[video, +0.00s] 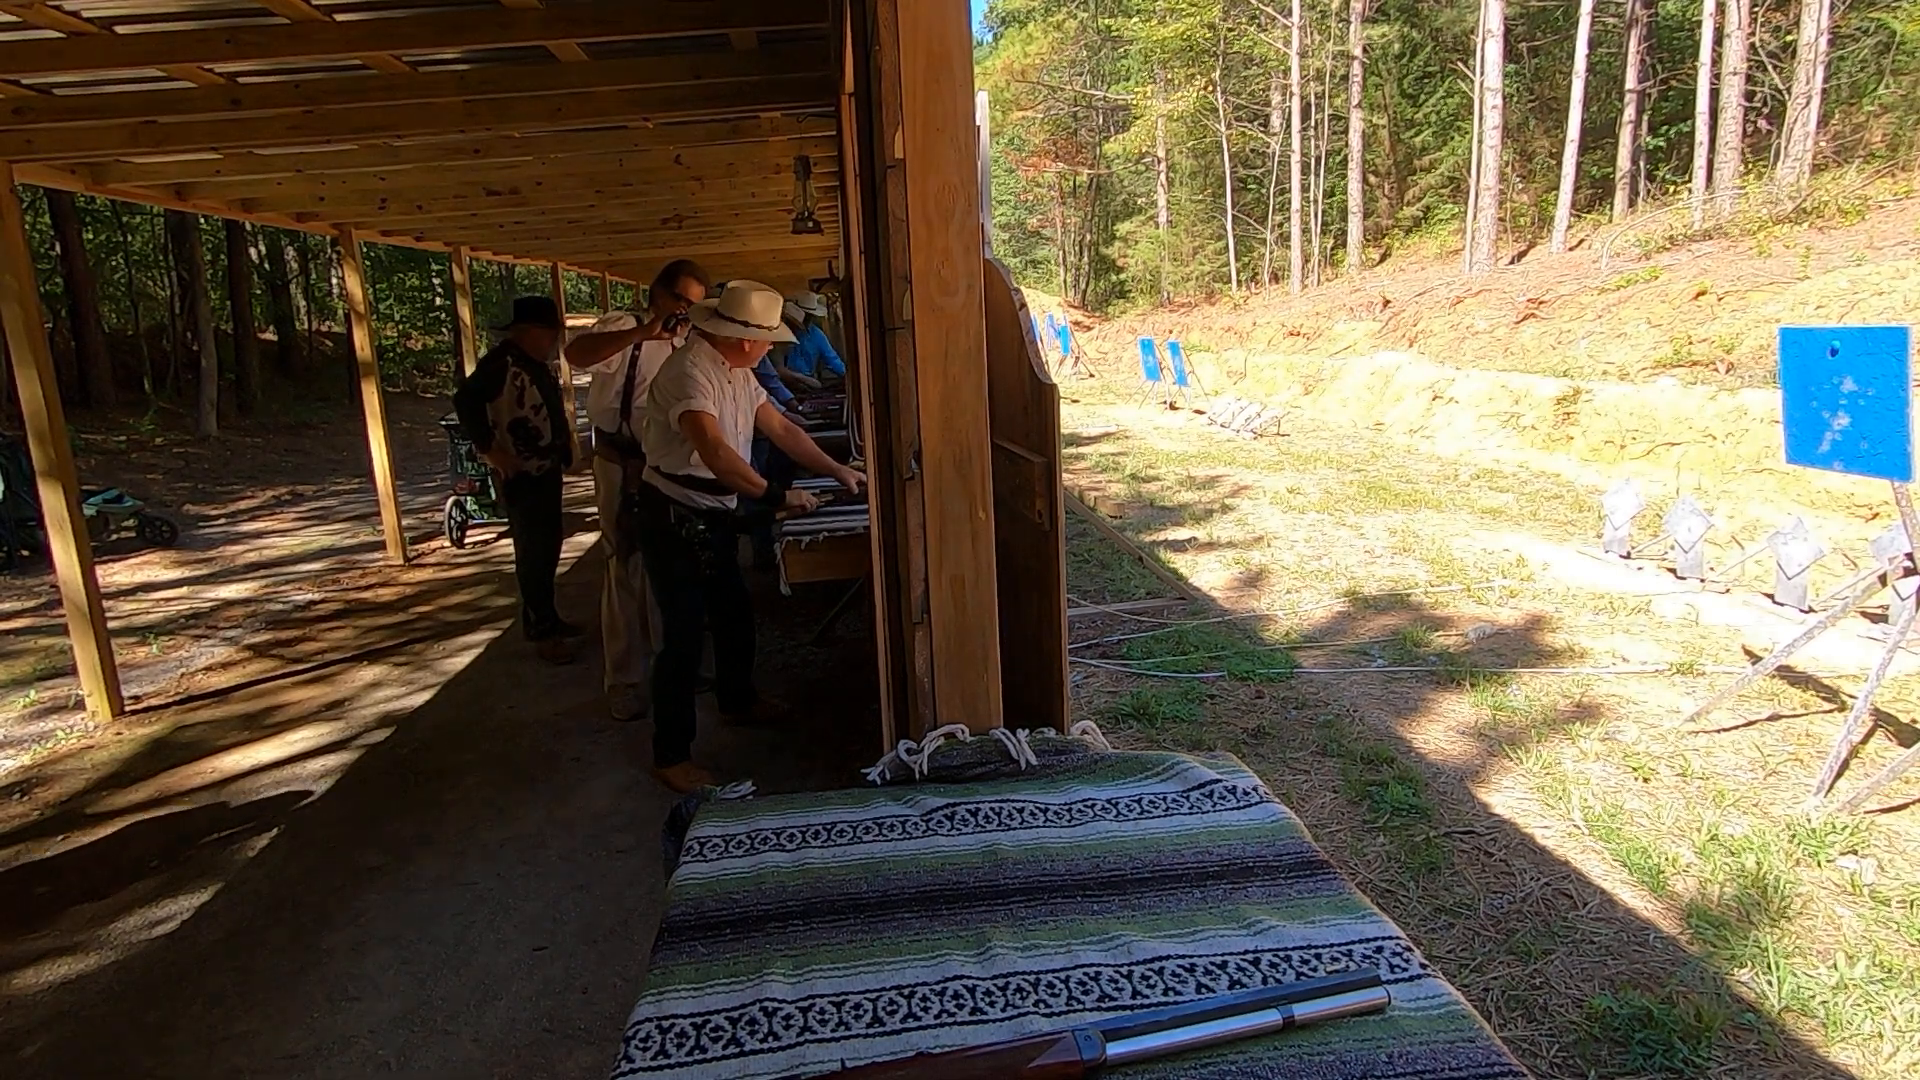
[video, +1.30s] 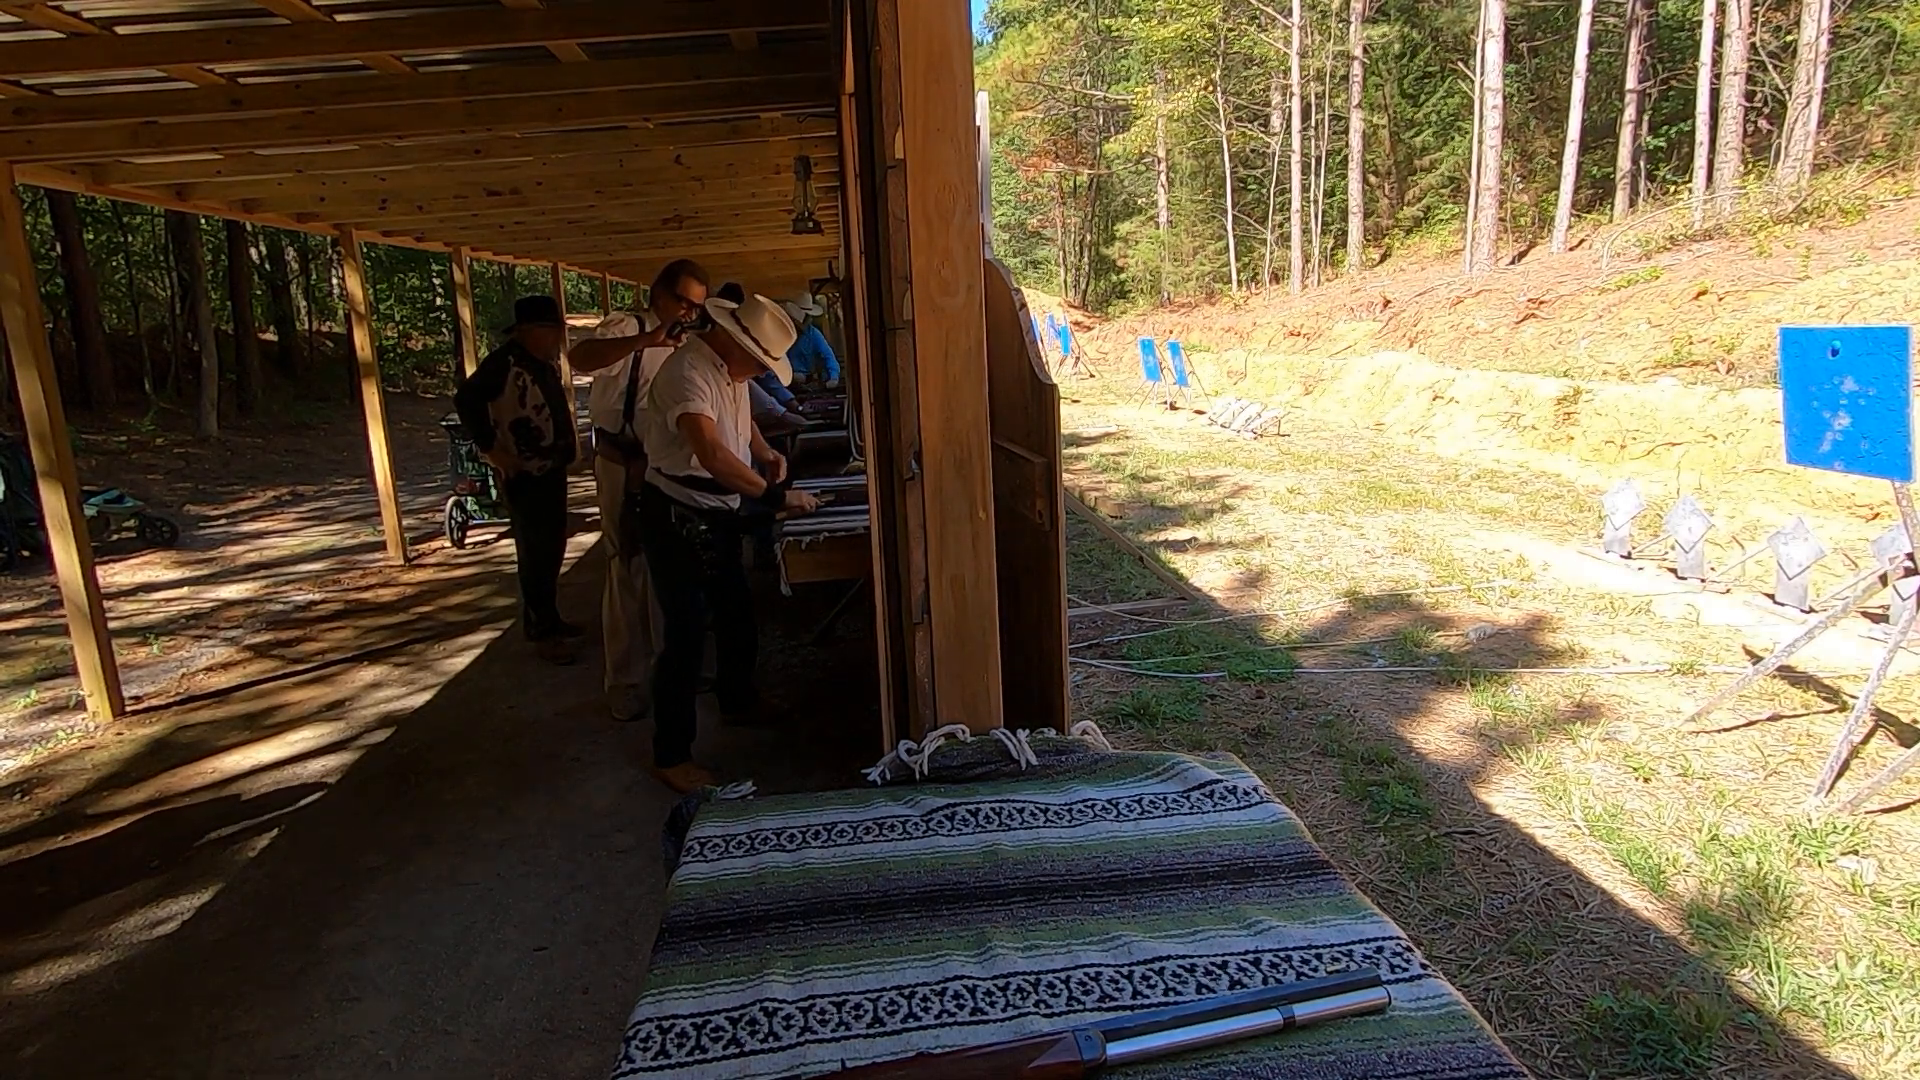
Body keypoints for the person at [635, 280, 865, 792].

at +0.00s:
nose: (769, 350)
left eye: (770, 341)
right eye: (766, 342)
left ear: (738, 340)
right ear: (743, 342)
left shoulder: (739, 372)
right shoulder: (686, 371)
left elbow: (781, 428)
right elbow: (711, 449)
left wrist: (837, 469)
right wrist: (774, 493)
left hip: (717, 515)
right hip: (672, 516)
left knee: (734, 615)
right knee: (685, 636)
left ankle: (738, 703)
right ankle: (671, 757)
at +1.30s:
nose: (758, 373)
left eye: (762, 366)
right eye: (757, 364)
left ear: (744, 346)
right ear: (734, 344)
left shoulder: (731, 370)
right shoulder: (687, 372)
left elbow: (743, 425)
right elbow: (709, 453)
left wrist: (765, 453)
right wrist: (775, 495)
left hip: (721, 512)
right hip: (676, 514)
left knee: (736, 615)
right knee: (685, 634)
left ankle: (740, 706)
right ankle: (671, 756)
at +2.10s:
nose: (760, 342)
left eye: (760, 334)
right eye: (755, 334)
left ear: (725, 335)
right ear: (728, 336)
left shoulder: (719, 371)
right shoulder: (686, 374)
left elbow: (726, 445)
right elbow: (711, 457)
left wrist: (757, 474)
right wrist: (780, 493)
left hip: (717, 515)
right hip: (677, 518)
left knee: (735, 617)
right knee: (688, 637)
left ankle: (740, 707)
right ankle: (672, 757)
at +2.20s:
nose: (760, 341)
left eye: (759, 333)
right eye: (755, 333)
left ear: (725, 335)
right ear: (728, 336)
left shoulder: (718, 371)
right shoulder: (686, 374)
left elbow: (728, 446)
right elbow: (710, 457)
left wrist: (760, 477)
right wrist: (780, 493)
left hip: (717, 515)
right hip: (676, 519)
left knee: (735, 617)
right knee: (688, 637)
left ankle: (739, 708)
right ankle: (672, 757)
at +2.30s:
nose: (760, 343)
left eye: (759, 335)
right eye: (755, 335)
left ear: (725, 337)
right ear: (727, 338)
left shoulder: (719, 372)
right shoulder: (684, 374)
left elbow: (728, 445)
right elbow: (709, 454)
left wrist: (758, 476)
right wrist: (780, 493)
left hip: (715, 513)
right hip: (675, 517)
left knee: (734, 616)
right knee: (687, 635)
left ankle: (739, 707)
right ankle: (672, 756)